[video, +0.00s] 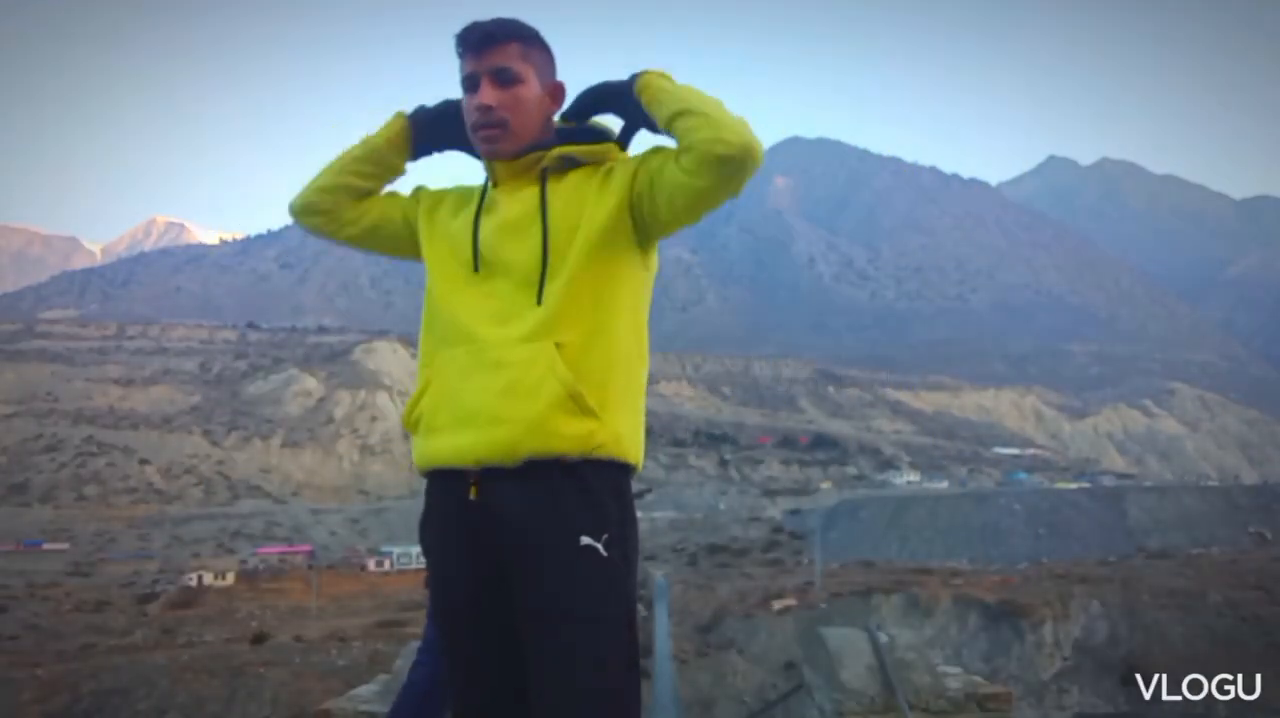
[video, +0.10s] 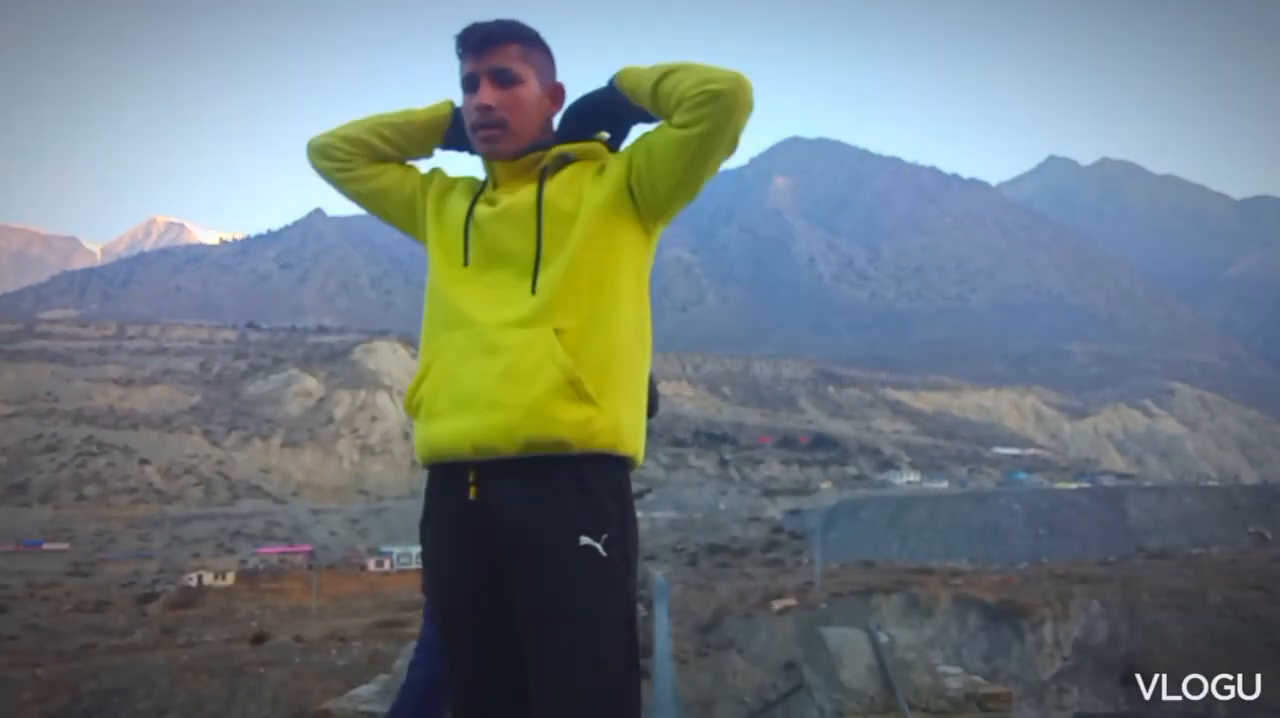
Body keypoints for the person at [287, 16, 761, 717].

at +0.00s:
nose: (483, 98)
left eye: (504, 78)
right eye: (470, 84)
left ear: (554, 96)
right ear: (460, 106)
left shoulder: (616, 187)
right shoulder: (439, 212)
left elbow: (730, 151)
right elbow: (319, 207)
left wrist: (645, 88)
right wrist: (410, 132)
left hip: (574, 496)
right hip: (457, 500)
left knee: (587, 698)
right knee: (474, 696)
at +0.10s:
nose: (482, 99)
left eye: (503, 79)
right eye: (469, 85)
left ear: (553, 95)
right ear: (461, 110)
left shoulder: (620, 184)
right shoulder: (445, 202)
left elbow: (723, 95)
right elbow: (334, 152)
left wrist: (623, 89)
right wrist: (454, 120)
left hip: (574, 492)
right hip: (457, 496)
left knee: (585, 699)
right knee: (474, 698)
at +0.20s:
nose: (483, 97)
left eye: (505, 77)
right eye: (471, 83)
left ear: (554, 94)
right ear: (463, 109)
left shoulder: (622, 184)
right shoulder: (447, 203)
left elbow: (721, 82)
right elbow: (340, 146)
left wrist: (615, 94)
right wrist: (465, 117)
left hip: (573, 492)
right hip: (457, 495)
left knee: (585, 699)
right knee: (474, 698)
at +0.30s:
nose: (488, 93)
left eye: (511, 75)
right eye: (478, 80)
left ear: (561, 98)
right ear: (471, 103)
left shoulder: (621, 188)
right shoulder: (448, 205)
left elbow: (715, 93)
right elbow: (332, 159)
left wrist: (611, 101)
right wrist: (457, 127)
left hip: (573, 494)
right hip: (456, 498)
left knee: (586, 699)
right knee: (474, 697)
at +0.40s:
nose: (497, 84)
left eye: (522, 70)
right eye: (488, 72)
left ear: (568, 100)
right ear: (480, 98)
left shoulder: (615, 191)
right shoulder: (449, 210)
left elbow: (706, 123)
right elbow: (322, 179)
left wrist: (611, 97)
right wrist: (443, 134)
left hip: (575, 501)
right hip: (458, 503)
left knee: (586, 702)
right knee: (468, 699)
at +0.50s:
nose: (507, 84)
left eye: (530, 69)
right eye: (496, 73)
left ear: (574, 97)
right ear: (486, 97)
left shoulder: (608, 194)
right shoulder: (450, 216)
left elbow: (688, 173)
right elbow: (319, 211)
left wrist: (611, 106)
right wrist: (428, 143)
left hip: (577, 500)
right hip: (460, 502)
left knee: (586, 700)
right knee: (469, 697)